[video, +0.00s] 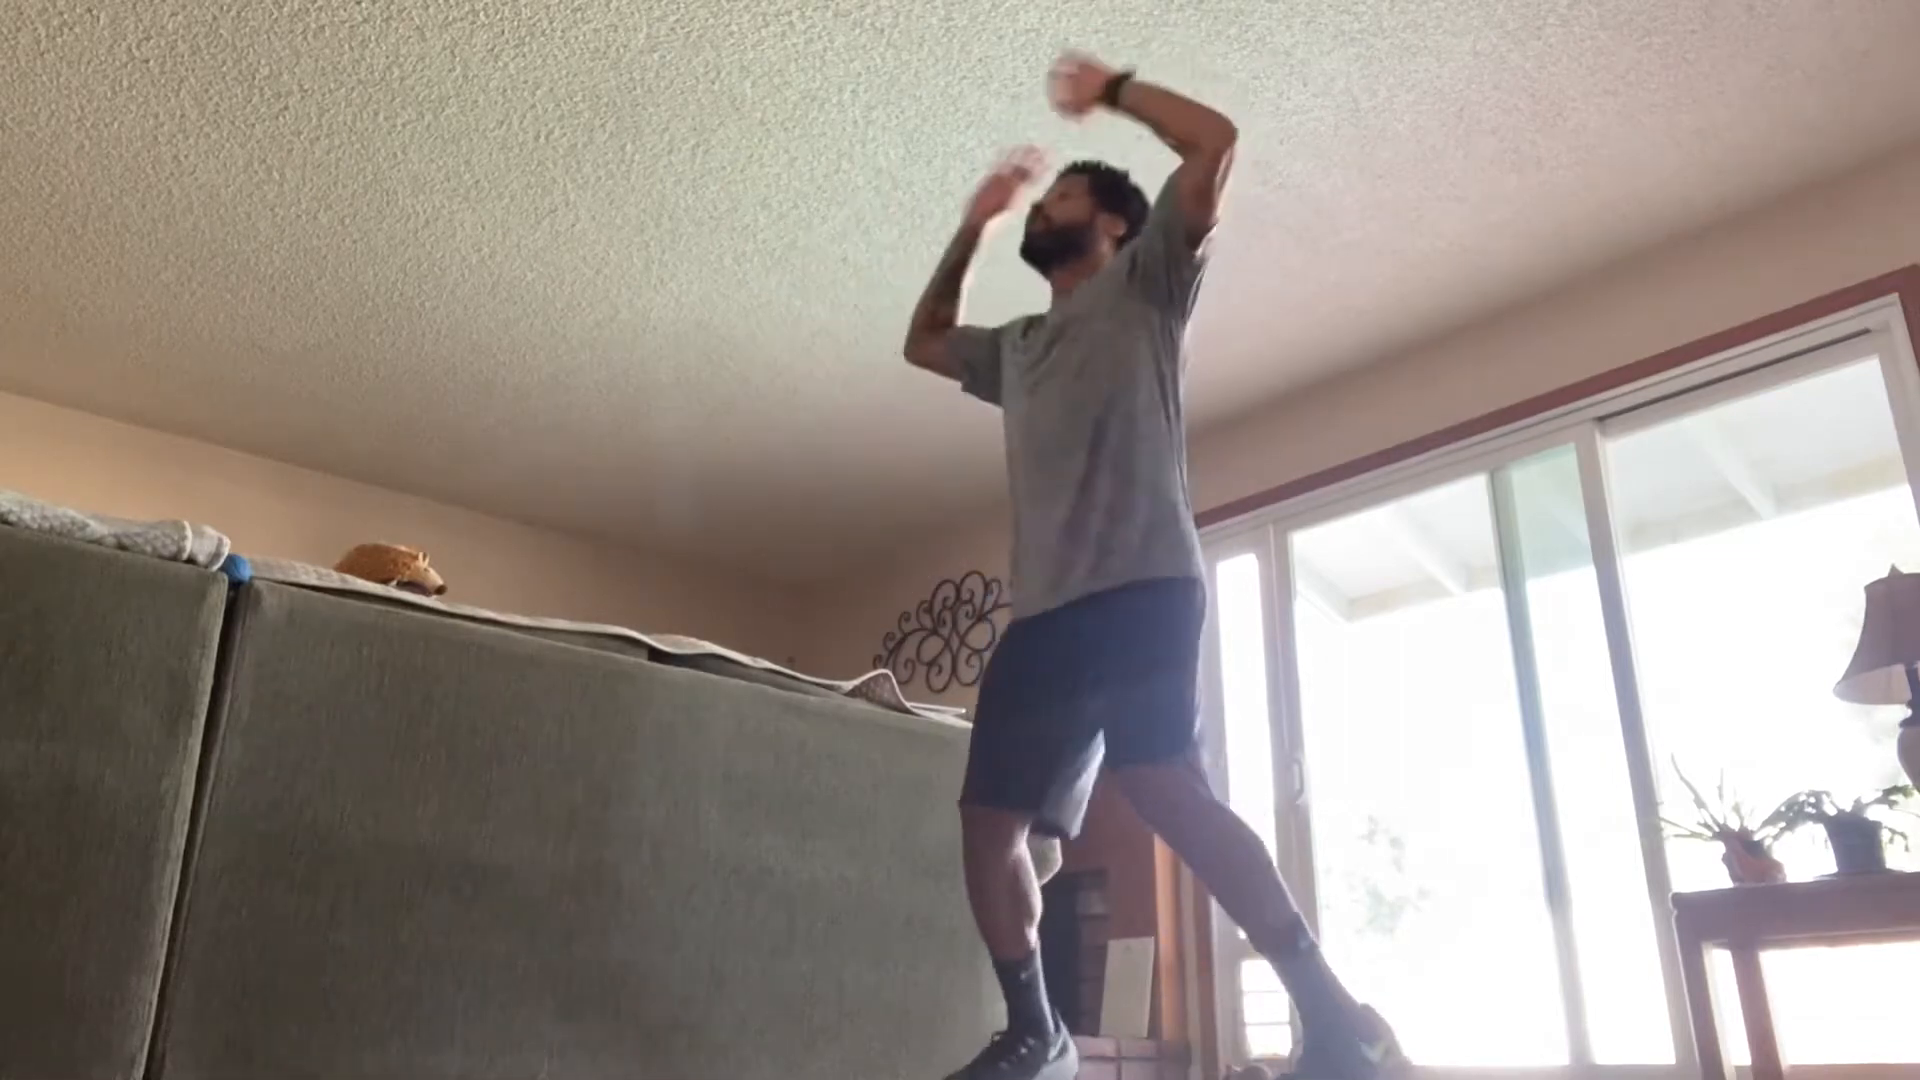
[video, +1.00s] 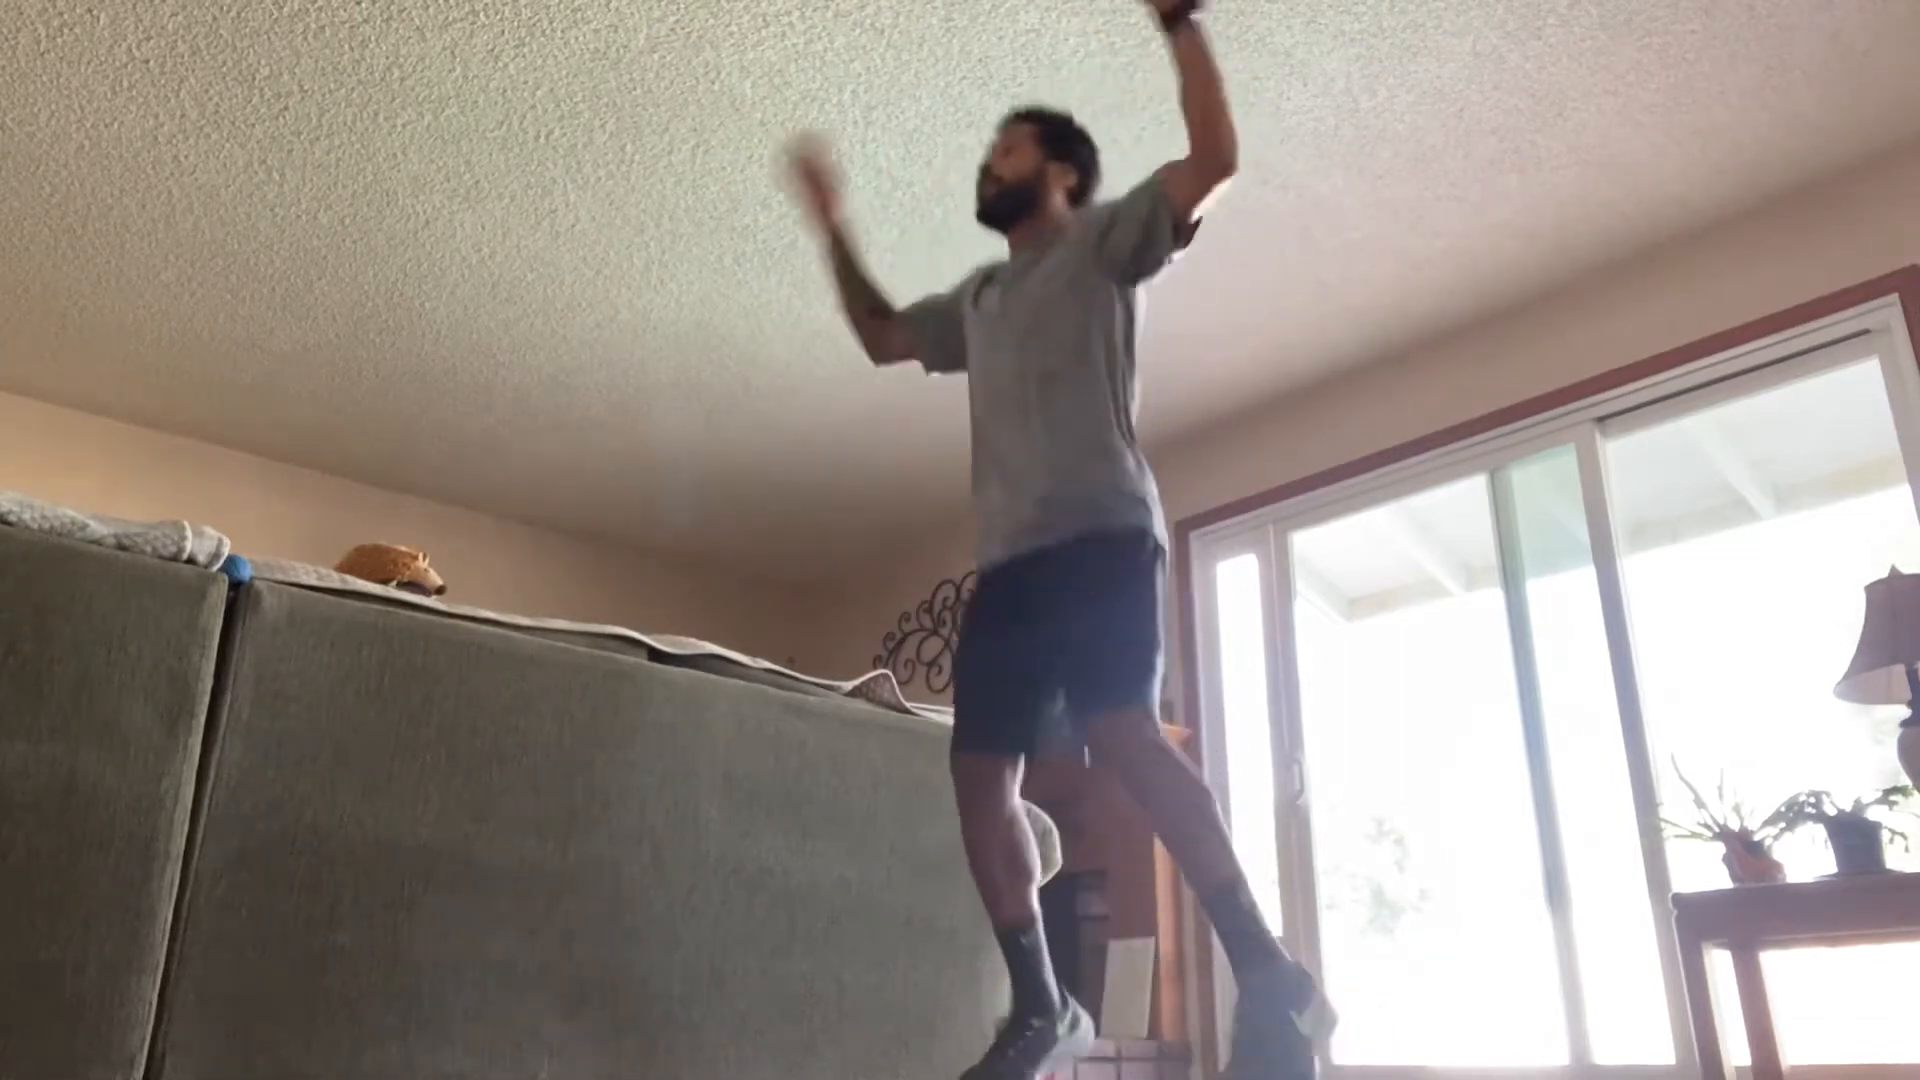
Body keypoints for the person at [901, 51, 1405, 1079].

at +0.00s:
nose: (1043, 208)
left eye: (1067, 198)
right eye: (1041, 203)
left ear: (1118, 222)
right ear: (1045, 234)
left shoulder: (1145, 281)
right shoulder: (1016, 346)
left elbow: (1215, 141)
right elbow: (927, 343)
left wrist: (1113, 87)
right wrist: (973, 230)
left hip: (1144, 581)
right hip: (1041, 608)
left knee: (1164, 792)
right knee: (989, 823)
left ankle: (1331, 1015)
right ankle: (1034, 1033)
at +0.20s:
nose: (1029, 118)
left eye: (1051, 105)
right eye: (1029, 110)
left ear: (1103, 129)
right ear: (1045, 148)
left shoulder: (1138, 185)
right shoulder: (1012, 269)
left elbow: (1259, 227)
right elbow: (968, 404)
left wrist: (1239, 152)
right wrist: (850, 375)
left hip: (1140, 465)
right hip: (1044, 485)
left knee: (1137, 671)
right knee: (1021, 709)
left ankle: (1261, 932)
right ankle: (1078, 947)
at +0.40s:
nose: (1012, 186)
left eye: (1036, 173)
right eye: (1012, 177)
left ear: (1086, 203)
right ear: (1015, 217)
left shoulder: (1133, 287)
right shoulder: (1005, 346)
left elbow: (1204, 428)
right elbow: (1023, 474)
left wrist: (1119, 514)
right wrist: (1016, 544)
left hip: (1144, 558)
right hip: (1045, 578)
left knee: (1104, 767)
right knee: (1047, 788)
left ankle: (1205, 1014)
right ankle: (1156, 1021)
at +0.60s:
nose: (1017, 103)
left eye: (1040, 92)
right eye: (1017, 97)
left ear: (1092, 123)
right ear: (1030, 138)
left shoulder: (1130, 195)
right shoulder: (1004, 260)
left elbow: (1228, 281)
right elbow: (989, 395)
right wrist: (868, 413)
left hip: (1127, 467)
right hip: (1034, 486)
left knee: (1126, 690)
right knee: (1043, 726)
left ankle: (1216, 945)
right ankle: (1100, 947)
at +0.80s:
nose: (1018, 168)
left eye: (1041, 155)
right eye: (1019, 159)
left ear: (1095, 176)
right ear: (1037, 189)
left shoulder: (1130, 242)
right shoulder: (1006, 307)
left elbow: (1215, 122)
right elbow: (907, 327)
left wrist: (1142, 30)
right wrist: (911, 206)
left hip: (1133, 533)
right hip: (1033, 557)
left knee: (1132, 744)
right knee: (979, 771)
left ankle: (1283, 994)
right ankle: (1034, 1006)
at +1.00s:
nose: (988, 163)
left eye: (1009, 148)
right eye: (988, 152)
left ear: (1064, 171)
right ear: (1006, 183)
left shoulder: (1101, 242)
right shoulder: (977, 299)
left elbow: (1212, 160)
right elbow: (881, 334)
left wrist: (1184, 31)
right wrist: (832, 227)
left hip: (1104, 533)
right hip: (1010, 557)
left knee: (1121, 737)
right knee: (980, 775)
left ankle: (1266, 973)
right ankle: (1039, 1007)